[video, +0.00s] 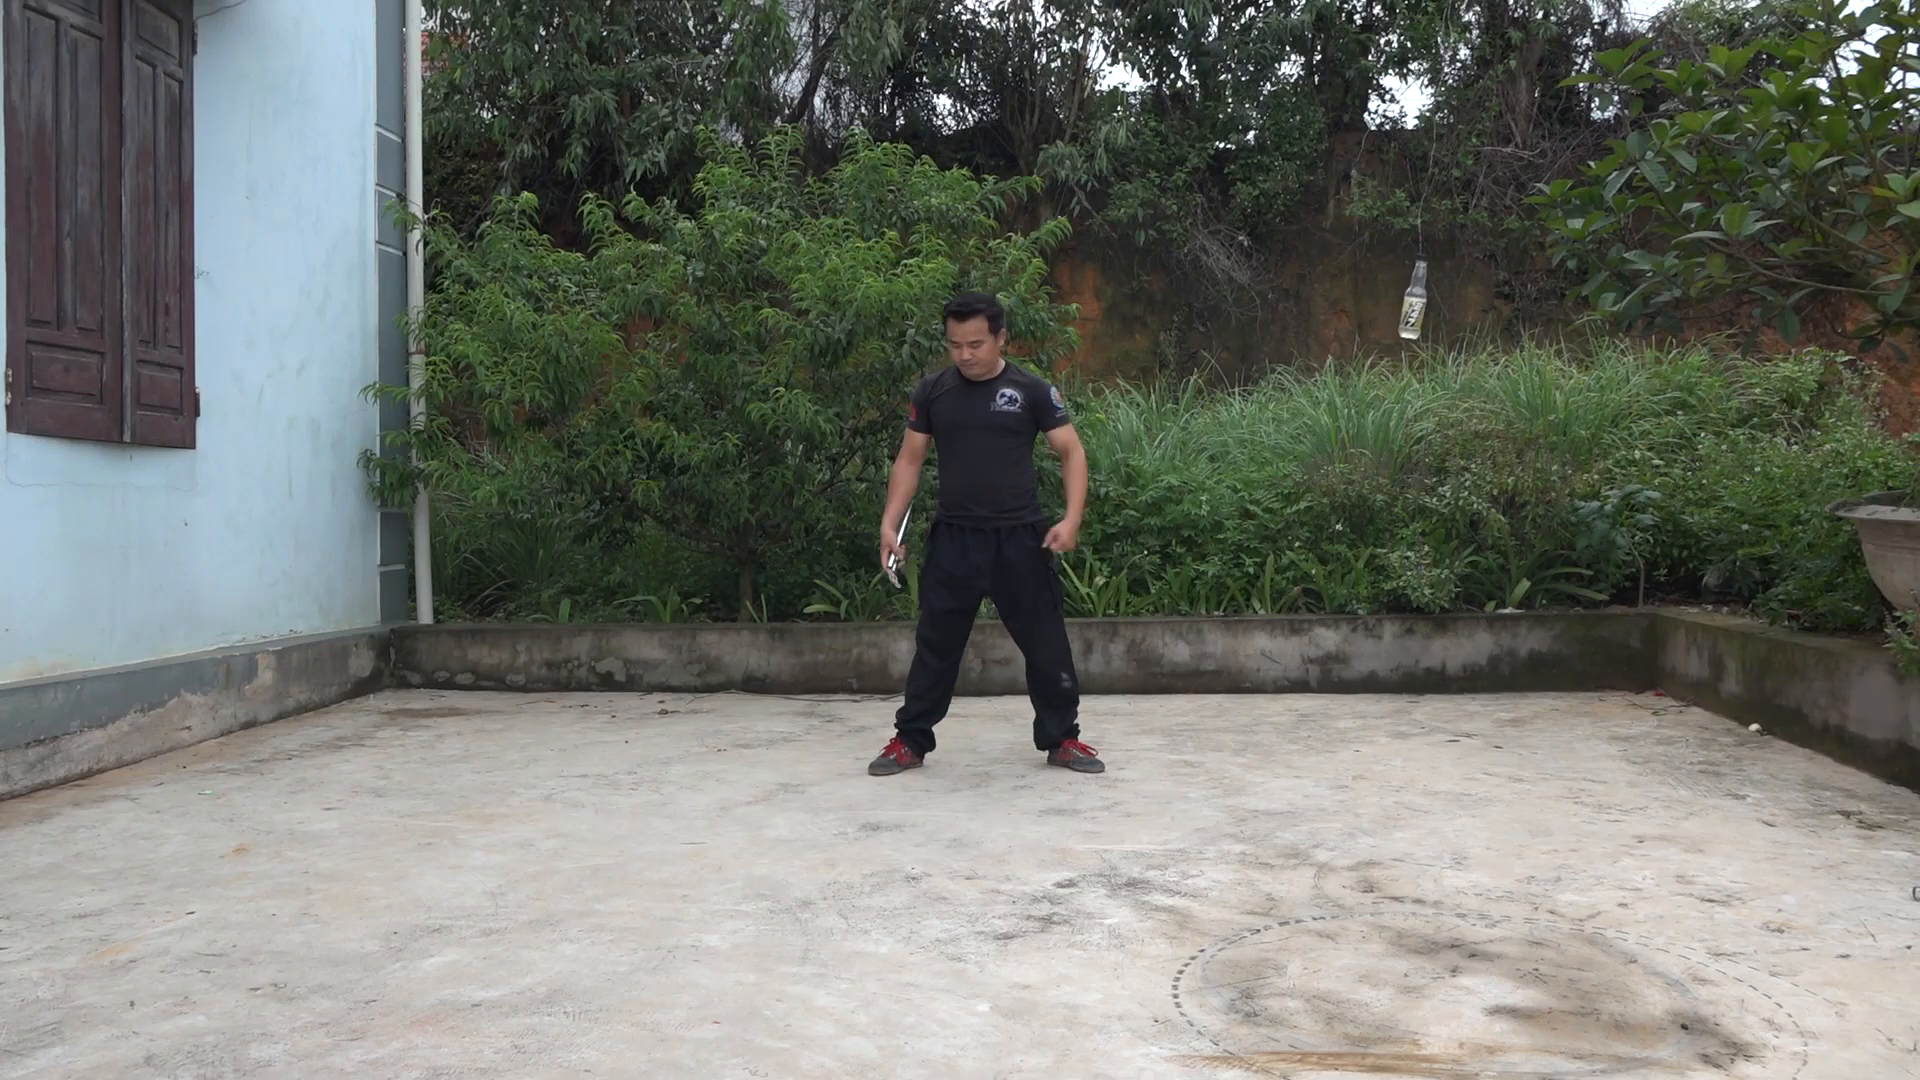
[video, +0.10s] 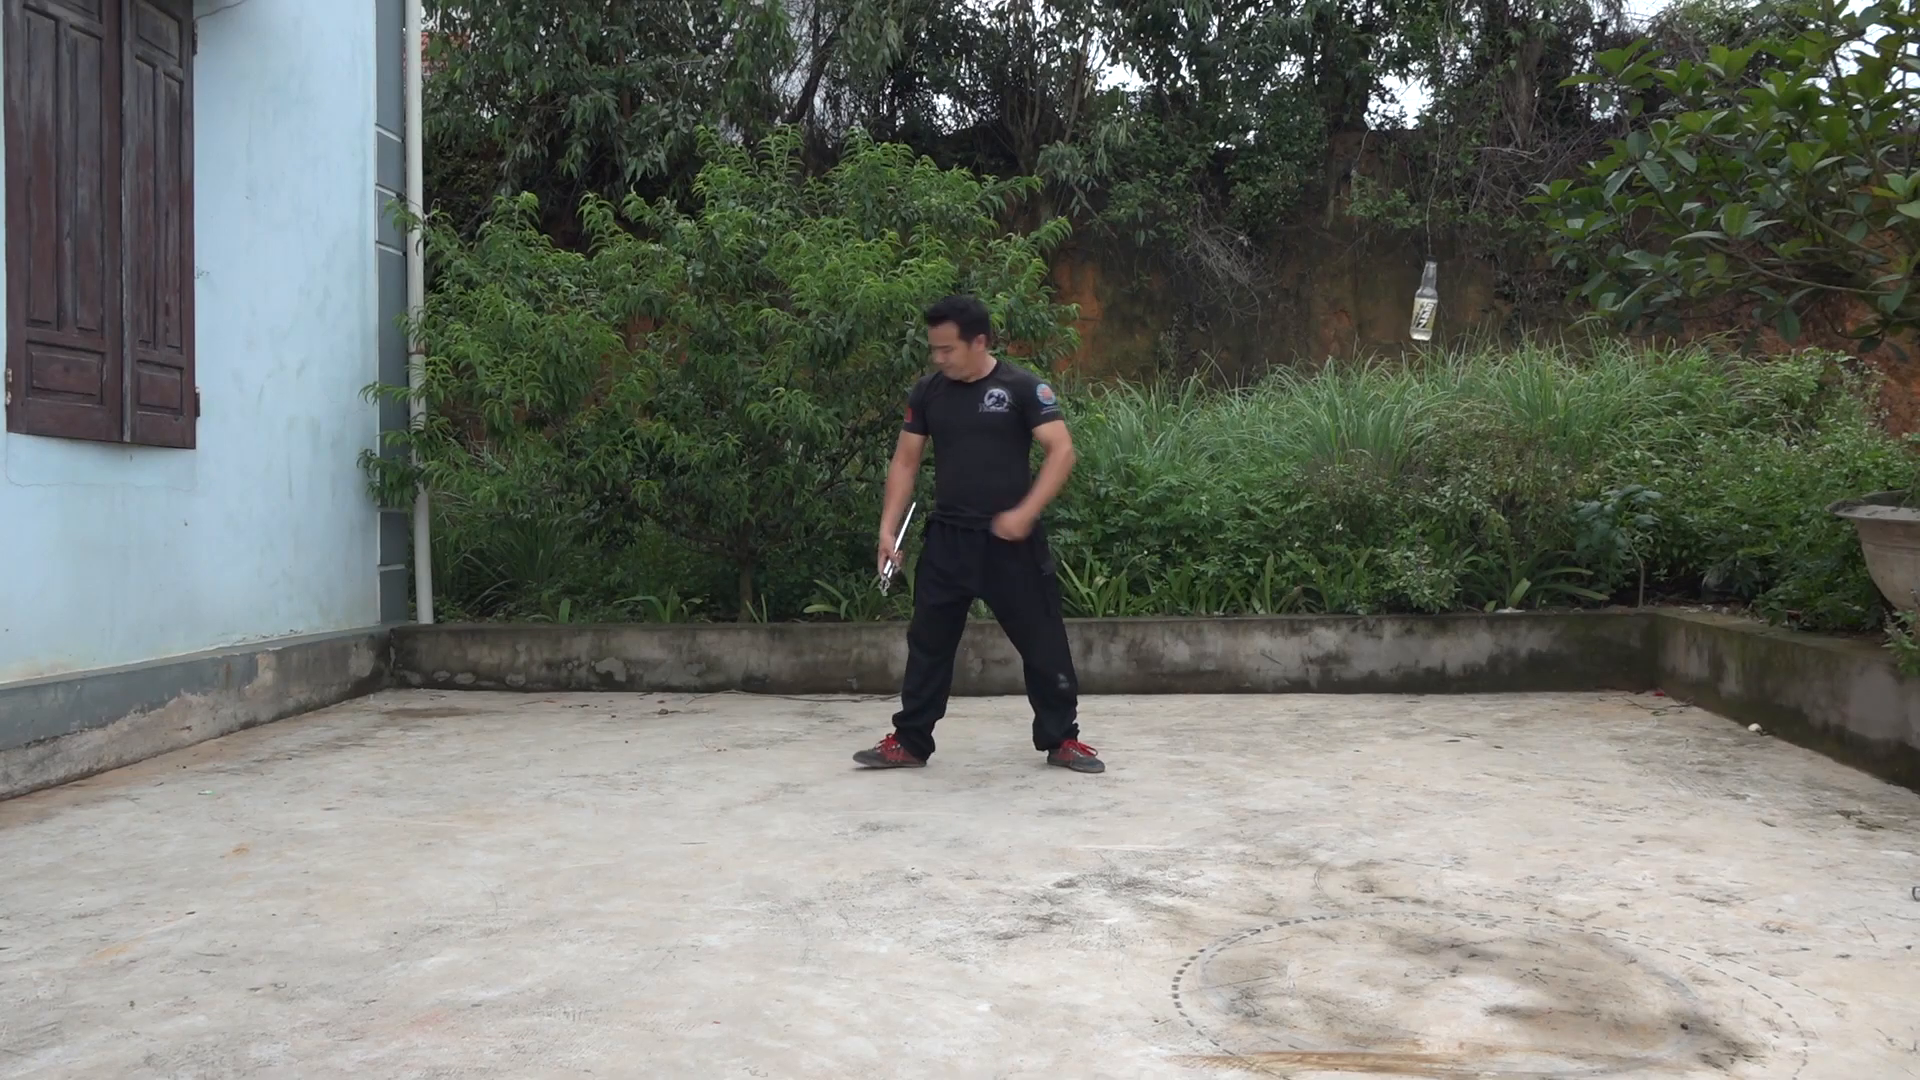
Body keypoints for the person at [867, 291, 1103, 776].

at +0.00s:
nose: (965, 355)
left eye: (976, 343)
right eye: (956, 344)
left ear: (1001, 339)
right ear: (947, 342)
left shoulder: (1032, 390)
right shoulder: (932, 391)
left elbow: (1072, 453)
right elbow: (909, 460)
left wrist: (1072, 518)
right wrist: (889, 525)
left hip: (1020, 538)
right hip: (953, 538)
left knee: (1046, 641)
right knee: (935, 642)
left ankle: (1062, 740)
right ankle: (910, 741)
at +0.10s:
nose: (937, 358)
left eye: (945, 348)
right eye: (934, 348)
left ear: (980, 343)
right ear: (934, 346)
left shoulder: (1022, 387)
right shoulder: (928, 391)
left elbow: (1062, 450)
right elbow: (905, 462)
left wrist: (1026, 512)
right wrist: (887, 529)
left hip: (1012, 537)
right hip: (948, 538)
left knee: (1043, 638)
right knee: (928, 639)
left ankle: (1061, 739)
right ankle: (911, 740)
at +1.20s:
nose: (847, 362)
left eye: (859, 352)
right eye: (839, 353)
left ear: (883, 360)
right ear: (830, 362)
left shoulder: (892, 414)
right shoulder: (861, 415)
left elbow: (913, 495)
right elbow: (890, 488)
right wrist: (874, 537)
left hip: (931, 555)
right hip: (888, 556)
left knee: (939, 666)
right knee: (853, 649)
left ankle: (937, 775)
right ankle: (867, 746)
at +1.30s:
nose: (864, 358)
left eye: (874, 348)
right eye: (852, 350)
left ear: (892, 356)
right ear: (839, 362)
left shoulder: (905, 405)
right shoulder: (848, 417)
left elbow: (849, 458)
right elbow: (837, 469)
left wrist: (787, 410)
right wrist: (835, 524)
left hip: (940, 550)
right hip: (885, 555)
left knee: (968, 643)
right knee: (851, 643)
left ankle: (1005, 755)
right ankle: (868, 747)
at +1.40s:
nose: (877, 343)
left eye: (883, 335)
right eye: (866, 338)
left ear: (898, 344)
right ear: (851, 354)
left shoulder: (919, 385)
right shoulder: (853, 405)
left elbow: (891, 331)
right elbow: (811, 423)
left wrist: (829, 292)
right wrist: (775, 441)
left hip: (948, 547)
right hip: (888, 551)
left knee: (993, 643)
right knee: (857, 642)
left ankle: (1045, 745)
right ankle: (868, 746)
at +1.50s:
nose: (914, 328)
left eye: (916, 319)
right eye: (900, 322)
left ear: (926, 326)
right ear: (872, 339)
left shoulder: (946, 359)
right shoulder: (859, 384)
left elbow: (984, 291)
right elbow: (800, 374)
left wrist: (1013, 222)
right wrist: (803, 305)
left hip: (962, 529)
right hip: (894, 538)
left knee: (1010, 626)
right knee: (875, 640)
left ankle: (1030, 720)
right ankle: (869, 744)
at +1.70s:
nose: (1002, 357)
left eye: (1001, 348)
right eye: (994, 347)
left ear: (972, 353)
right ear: (961, 350)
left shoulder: (983, 408)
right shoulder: (929, 375)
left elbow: (1020, 435)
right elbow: (889, 315)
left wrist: (1072, 447)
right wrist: (922, 278)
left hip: (971, 547)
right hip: (929, 538)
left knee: (1004, 633)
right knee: (890, 639)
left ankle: (1012, 735)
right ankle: (796, 722)